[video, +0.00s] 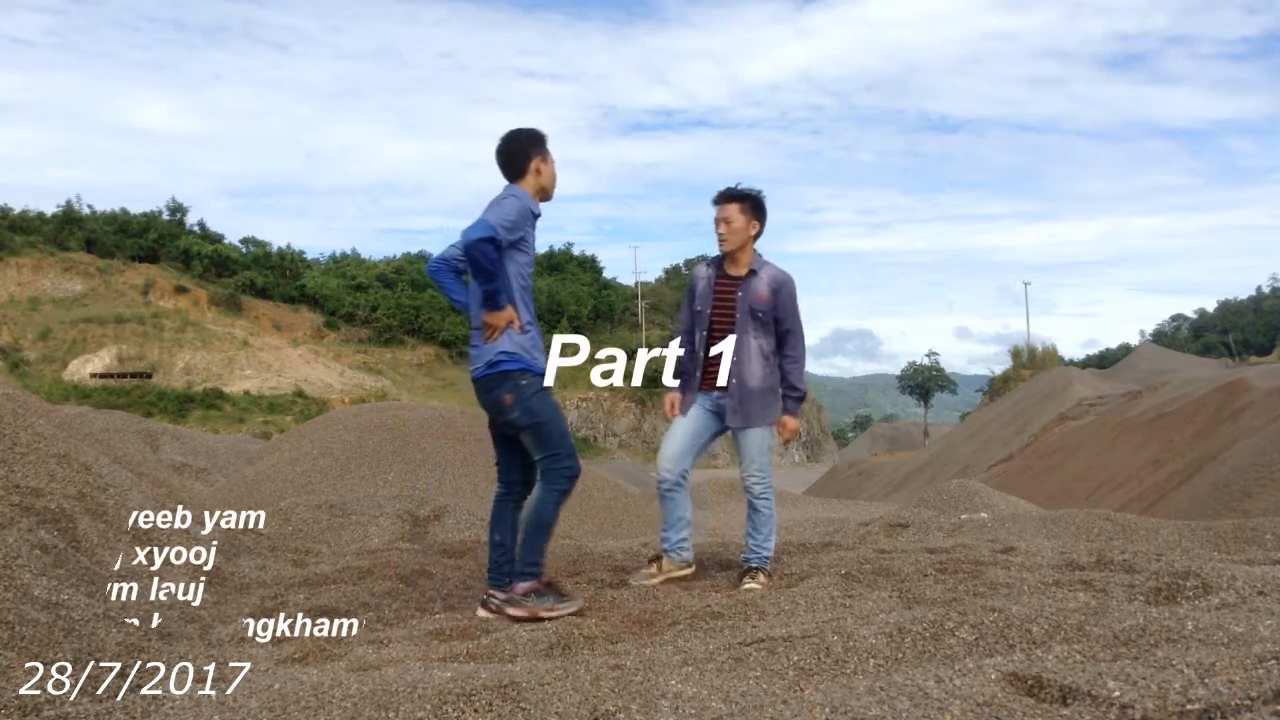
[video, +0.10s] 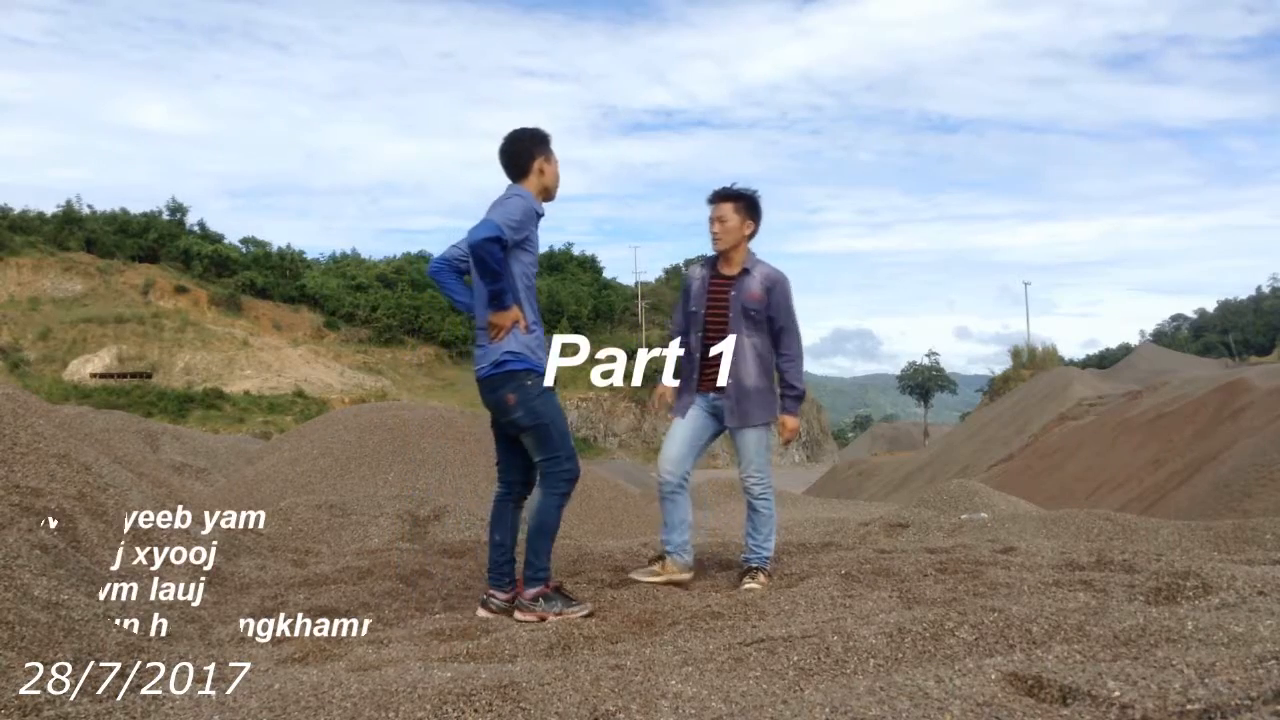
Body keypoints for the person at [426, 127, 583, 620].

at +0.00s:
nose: (555, 171)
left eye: (552, 162)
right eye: (552, 162)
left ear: (515, 168)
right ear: (538, 166)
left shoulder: (496, 210)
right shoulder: (519, 204)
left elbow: (440, 266)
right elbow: (479, 240)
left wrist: (476, 313)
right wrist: (496, 304)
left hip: (492, 372)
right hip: (513, 369)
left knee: (514, 481)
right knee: (561, 467)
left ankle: (500, 589)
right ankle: (527, 582)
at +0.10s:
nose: (559, 172)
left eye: (556, 162)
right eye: (555, 162)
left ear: (517, 168)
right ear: (541, 165)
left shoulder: (499, 210)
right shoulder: (524, 203)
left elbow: (443, 266)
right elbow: (484, 240)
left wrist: (480, 313)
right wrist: (501, 305)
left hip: (495, 371)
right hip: (518, 368)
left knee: (514, 482)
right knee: (561, 471)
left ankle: (500, 589)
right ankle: (536, 589)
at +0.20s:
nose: (562, 171)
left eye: (559, 161)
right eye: (558, 161)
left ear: (520, 167)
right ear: (544, 164)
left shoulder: (501, 210)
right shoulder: (527, 202)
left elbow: (445, 267)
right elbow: (488, 239)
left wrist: (484, 313)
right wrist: (504, 305)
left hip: (498, 371)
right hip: (524, 369)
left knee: (514, 481)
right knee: (560, 472)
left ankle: (501, 589)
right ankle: (536, 589)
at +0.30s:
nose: (566, 169)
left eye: (563, 160)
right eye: (563, 159)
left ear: (525, 166)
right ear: (549, 162)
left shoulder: (505, 207)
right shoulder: (530, 201)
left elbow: (449, 266)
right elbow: (489, 237)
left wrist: (485, 317)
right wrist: (508, 303)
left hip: (499, 371)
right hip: (525, 368)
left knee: (513, 482)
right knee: (558, 473)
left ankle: (502, 587)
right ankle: (537, 589)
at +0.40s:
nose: (568, 167)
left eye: (565, 157)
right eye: (565, 157)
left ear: (525, 161)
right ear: (552, 159)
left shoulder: (506, 203)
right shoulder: (532, 198)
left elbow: (456, 268)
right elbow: (490, 238)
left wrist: (497, 308)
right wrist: (522, 302)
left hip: (497, 365)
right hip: (522, 364)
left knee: (515, 478)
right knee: (551, 473)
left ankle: (504, 586)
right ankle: (536, 590)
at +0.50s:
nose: (565, 165)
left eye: (563, 155)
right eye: (562, 155)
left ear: (523, 158)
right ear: (549, 156)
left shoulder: (503, 202)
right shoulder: (527, 196)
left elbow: (463, 273)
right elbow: (494, 247)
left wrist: (520, 298)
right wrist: (548, 299)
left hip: (493, 364)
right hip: (516, 363)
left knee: (513, 476)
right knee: (547, 469)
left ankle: (504, 586)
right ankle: (534, 588)